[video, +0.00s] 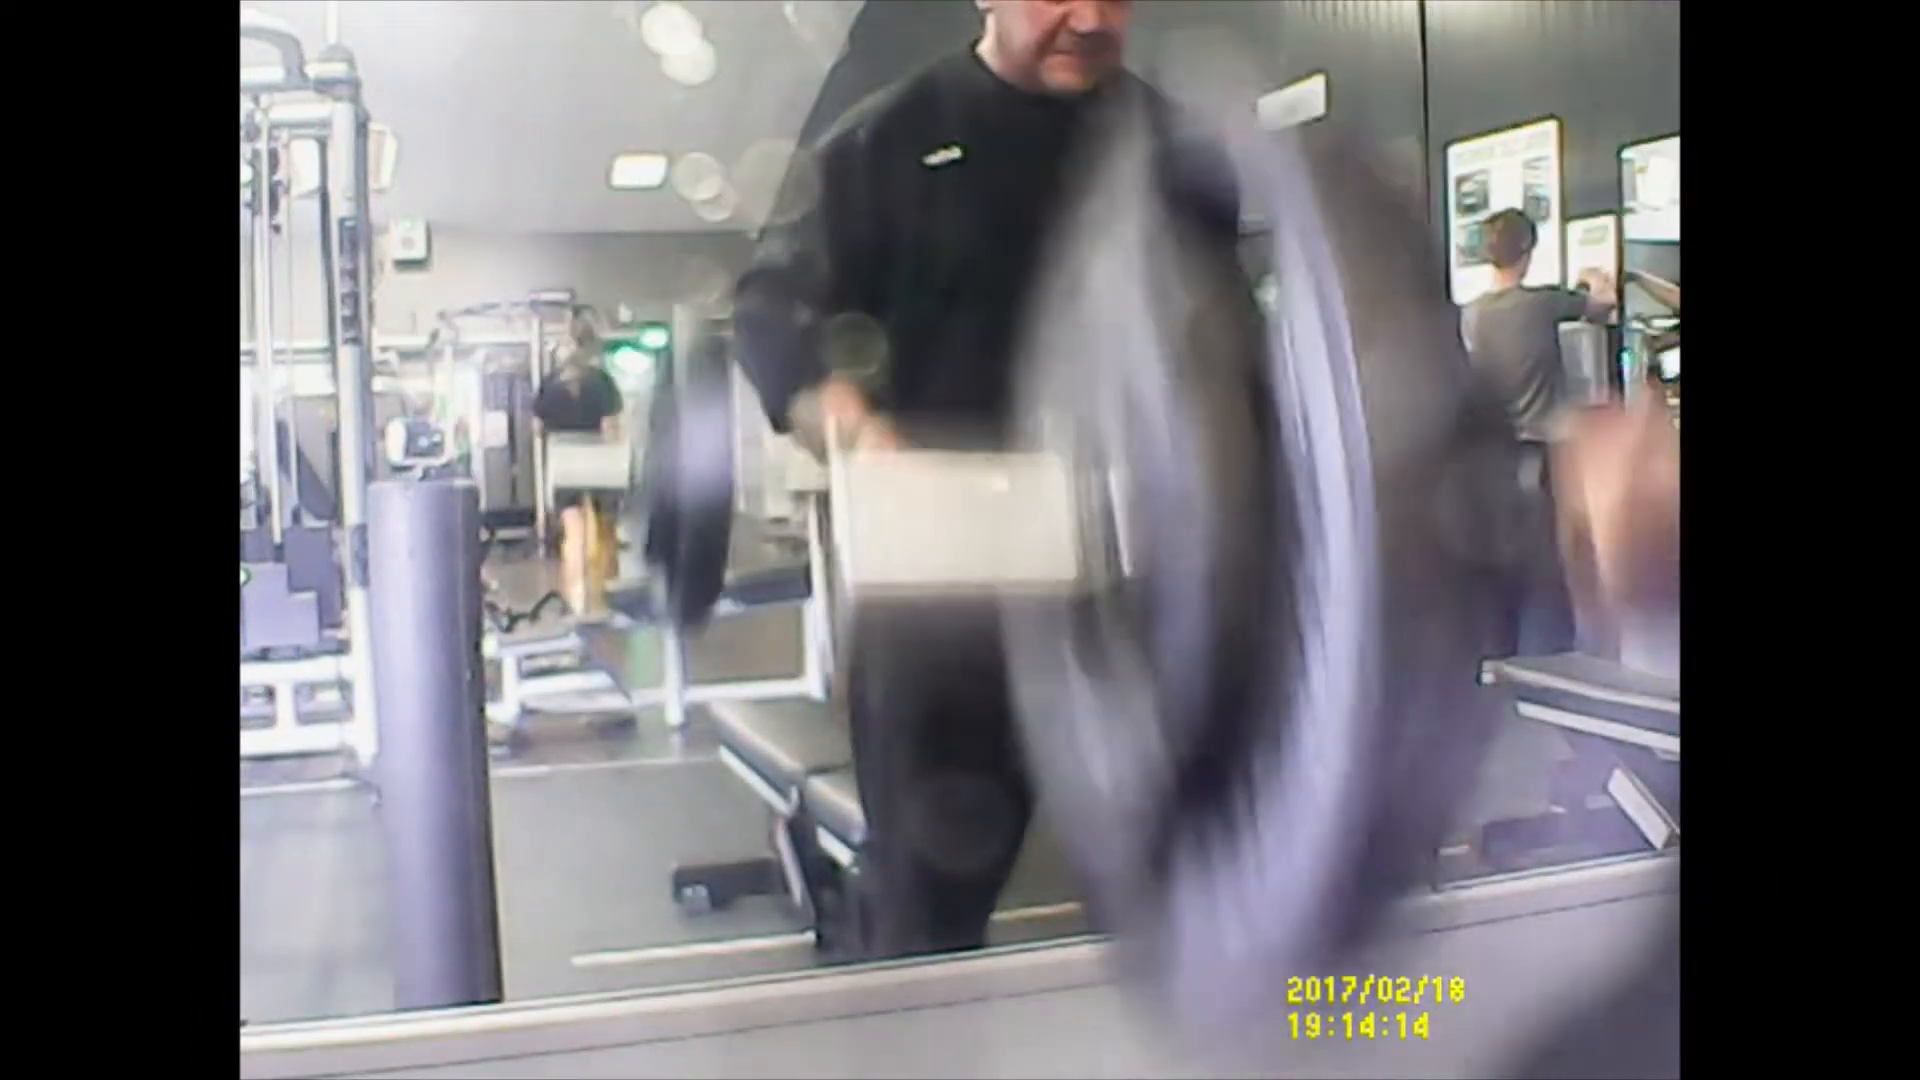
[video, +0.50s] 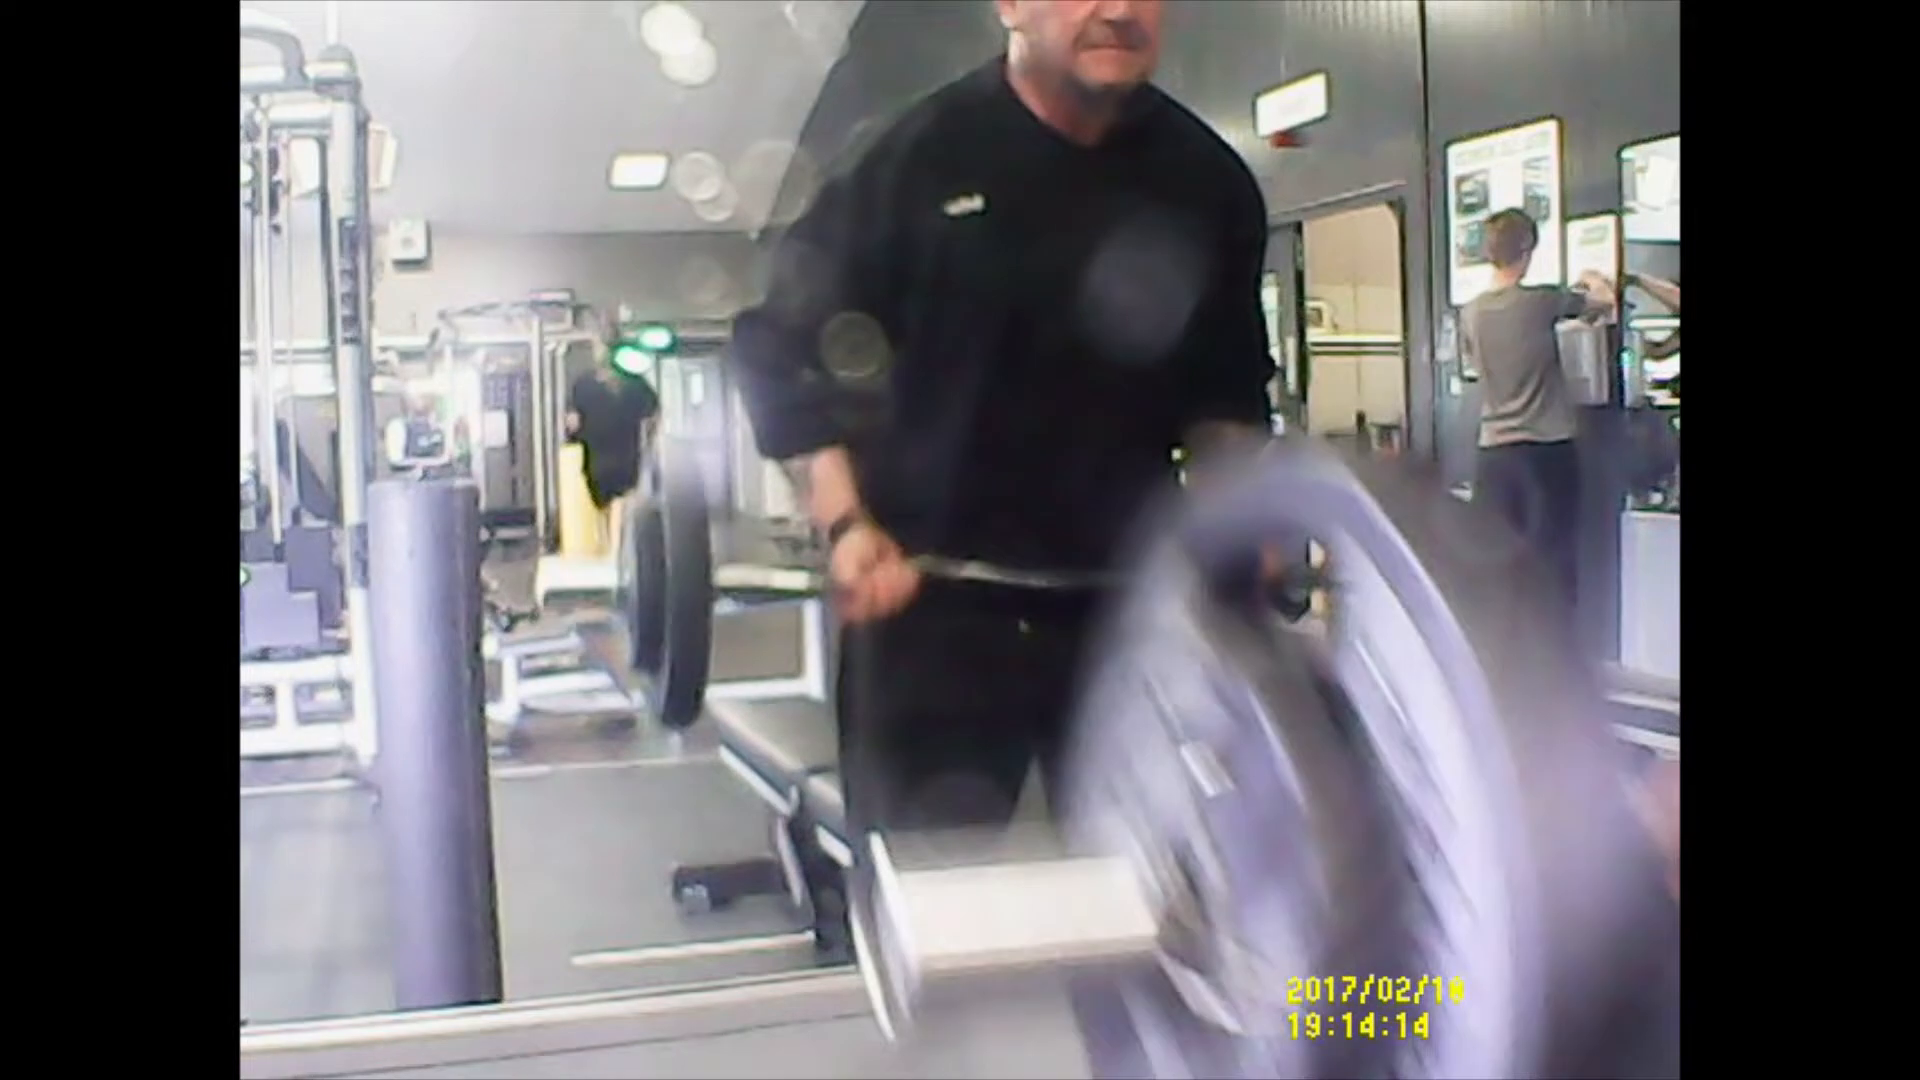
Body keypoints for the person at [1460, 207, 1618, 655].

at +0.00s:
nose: (1525, 254)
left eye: (1501, 248)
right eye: (1527, 246)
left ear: (1487, 253)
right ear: (1529, 251)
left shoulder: (1475, 313)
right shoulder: (1542, 303)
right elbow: (1603, 305)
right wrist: (1596, 280)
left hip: (1493, 438)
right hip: (1541, 438)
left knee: (1500, 550)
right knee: (1546, 551)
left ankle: (1497, 656)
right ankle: (1549, 656)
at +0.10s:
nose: (1527, 253)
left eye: (1501, 248)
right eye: (1528, 246)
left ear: (1487, 254)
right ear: (1529, 251)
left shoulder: (1476, 312)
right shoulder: (1542, 302)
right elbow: (1604, 306)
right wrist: (1594, 280)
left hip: (1501, 438)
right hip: (1552, 436)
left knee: (1497, 534)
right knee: (1560, 531)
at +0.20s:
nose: (1525, 255)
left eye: (1498, 248)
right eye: (1527, 247)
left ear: (1488, 253)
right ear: (1530, 251)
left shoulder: (1476, 313)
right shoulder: (1542, 303)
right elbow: (1604, 303)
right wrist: (1593, 279)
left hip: (1497, 447)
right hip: (1548, 445)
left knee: (1503, 555)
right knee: (1553, 551)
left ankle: (1504, 654)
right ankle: (1556, 653)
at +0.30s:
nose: (1528, 253)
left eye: (1494, 246)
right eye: (1529, 245)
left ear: (1489, 252)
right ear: (1531, 250)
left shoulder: (1475, 312)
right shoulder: (1546, 301)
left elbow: (1474, 345)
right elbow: (1604, 303)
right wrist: (1593, 281)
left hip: (1496, 445)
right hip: (1549, 443)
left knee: (1501, 551)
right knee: (1553, 549)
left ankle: (1504, 645)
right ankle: (1556, 645)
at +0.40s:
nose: (1530, 255)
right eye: (1530, 248)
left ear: (1489, 254)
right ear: (1530, 252)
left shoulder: (1470, 313)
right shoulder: (1542, 301)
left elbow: (1471, 362)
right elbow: (1603, 302)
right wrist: (1592, 280)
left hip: (1494, 451)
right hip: (1547, 448)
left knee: (1500, 559)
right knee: (1552, 560)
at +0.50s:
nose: (1528, 255)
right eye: (1528, 247)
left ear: (1487, 252)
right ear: (1529, 251)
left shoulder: (1471, 312)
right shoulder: (1545, 302)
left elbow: (1473, 363)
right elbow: (1603, 302)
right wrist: (1591, 280)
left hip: (1495, 449)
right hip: (1549, 447)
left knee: (1500, 556)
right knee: (1553, 556)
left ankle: (1504, 658)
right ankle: (1558, 657)